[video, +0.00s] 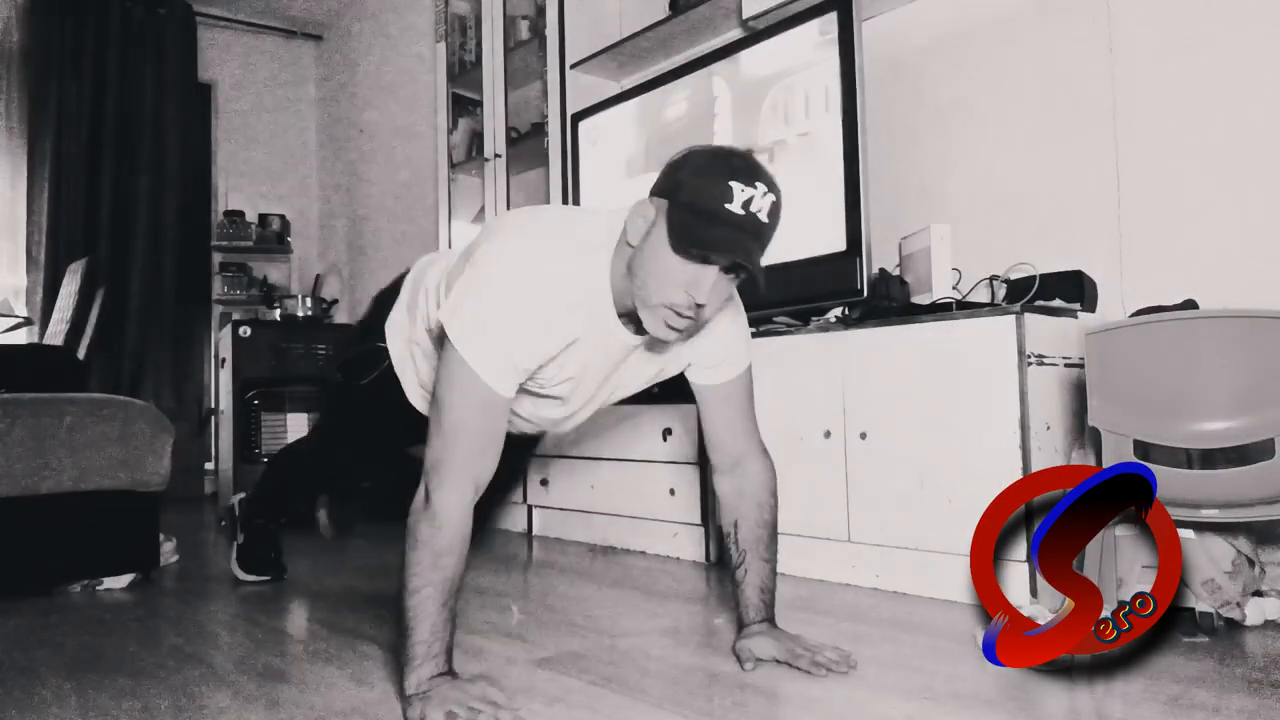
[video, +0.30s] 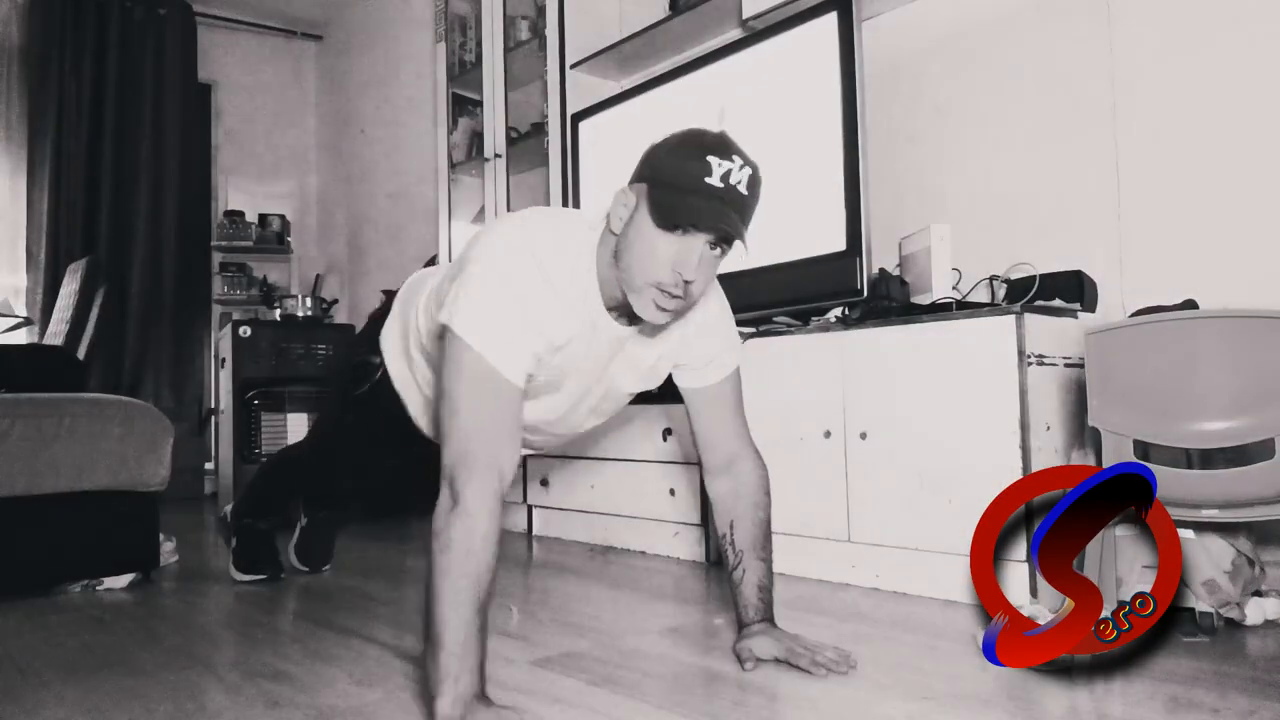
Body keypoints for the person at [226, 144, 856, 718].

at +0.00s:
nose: (703, 294)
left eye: (729, 275)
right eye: (692, 255)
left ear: (745, 277)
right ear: (646, 222)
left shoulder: (712, 311)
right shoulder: (522, 270)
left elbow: (740, 463)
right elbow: (448, 495)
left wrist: (758, 624)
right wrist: (425, 677)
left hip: (512, 409)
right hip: (412, 357)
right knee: (330, 456)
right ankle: (255, 512)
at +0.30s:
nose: (690, 272)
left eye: (716, 249)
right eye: (677, 231)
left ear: (730, 257)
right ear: (628, 205)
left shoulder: (699, 313)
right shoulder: (513, 263)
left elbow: (731, 464)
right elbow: (471, 492)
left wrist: (758, 621)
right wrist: (456, 699)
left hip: (480, 433)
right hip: (398, 384)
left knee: (385, 499)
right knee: (320, 467)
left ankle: (324, 513)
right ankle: (252, 513)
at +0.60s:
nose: (709, 270)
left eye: (734, 245)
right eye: (692, 229)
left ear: (748, 244)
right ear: (636, 202)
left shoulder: (705, 307)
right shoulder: (514, 263)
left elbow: (733, 468)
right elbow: (459, 506)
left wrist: (757, 624)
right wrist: (451, 703)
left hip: (456, 447)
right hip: (366, 394)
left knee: (363, 497)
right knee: (309, 482)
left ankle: (308, 524)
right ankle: (249, 516)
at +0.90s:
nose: (718, 296)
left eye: (742, 274)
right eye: (705, 258)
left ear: (760, 268)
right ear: (650, 218)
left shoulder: (722, 323)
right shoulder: (529, 263)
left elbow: (744, 472)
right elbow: (464, 502)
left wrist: (756, 625)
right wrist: (451, 701)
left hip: (467, 454)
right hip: (384, 412)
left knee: (362, 503)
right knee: (312, 489)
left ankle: (303, 527)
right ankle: (247, 515)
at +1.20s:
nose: (726, 301)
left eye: (748, 281)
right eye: (715, 266)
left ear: (764, 272)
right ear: (657, 226)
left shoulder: (723, 321)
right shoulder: (533, 261)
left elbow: (744, 469)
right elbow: (471, 501)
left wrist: (757, 623)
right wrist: (451, 703)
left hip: (500, 465)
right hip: (406, 406)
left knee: (385, 498)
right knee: (328, 479)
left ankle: (320, 522)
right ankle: (265, 520)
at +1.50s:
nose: (735, 291)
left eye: (757, 269)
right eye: (724, 255)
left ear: (773, 260)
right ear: (662, 216)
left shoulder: (722, 312)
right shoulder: (536, 263)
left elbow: (756, 464)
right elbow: (470, 505)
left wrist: (780, 619)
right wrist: (451, 701)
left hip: (463, 438)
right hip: (383, 383)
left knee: (369, 493)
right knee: (315, 476)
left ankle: (315, 521)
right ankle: (250, 515)